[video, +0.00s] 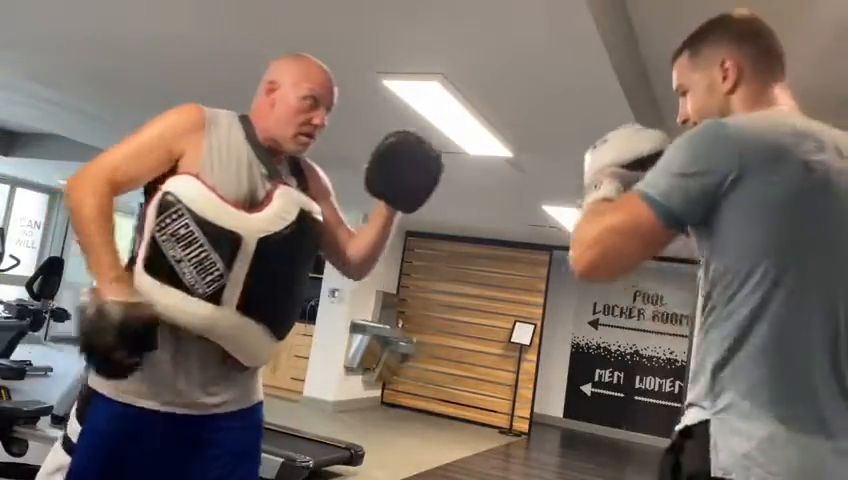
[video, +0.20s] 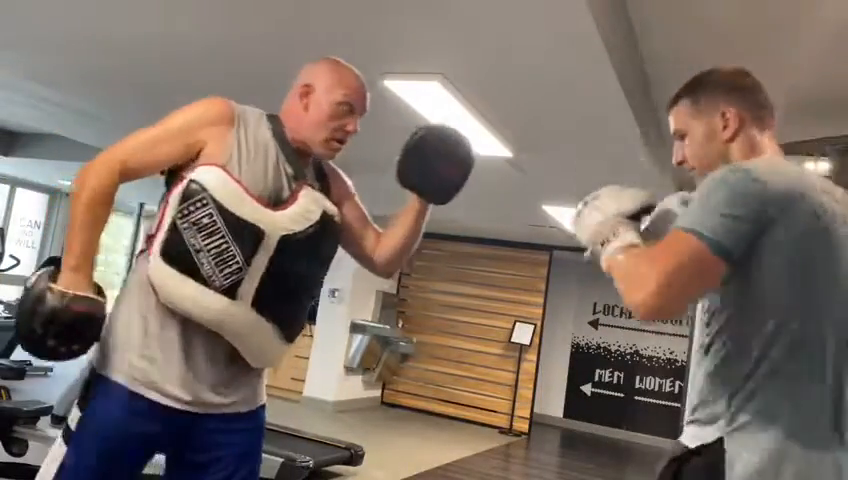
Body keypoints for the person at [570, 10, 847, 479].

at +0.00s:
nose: (682, 116)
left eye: (684, 92)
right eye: (678, 98)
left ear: (727, 72)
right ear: (776, 76)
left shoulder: (725, 142)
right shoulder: (837, 148)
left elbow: (590, 257)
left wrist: (606, 181)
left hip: (746, 445)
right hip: (837, 448)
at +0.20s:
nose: (677, 158)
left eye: (682, 136)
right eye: (675, 141)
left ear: (727, 121)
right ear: (730, 121)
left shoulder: (745, 185)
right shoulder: (833, 198)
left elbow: (651, 291)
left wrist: (612, 236)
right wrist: (685, 227)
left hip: (747, 456)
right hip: (826, 457)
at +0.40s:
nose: (651, 149)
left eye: (658, 130)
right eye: (649, 135)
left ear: (704, 118)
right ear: (707, 118)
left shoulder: (739, 177)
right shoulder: (777, 180)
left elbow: (659, 270)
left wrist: (604, 205)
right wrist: (658, 212)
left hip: (728, 433)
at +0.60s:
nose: (600, 164)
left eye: (608, 146)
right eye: (599, 151)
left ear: (653, 138)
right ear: (654, 139)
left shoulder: (699, 200)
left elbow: (631, 292)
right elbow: (636, 287)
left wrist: (574, 226)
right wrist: (593, 230)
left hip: (680, 439)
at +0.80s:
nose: (536, 180)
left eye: (541, 164)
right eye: (533, 168)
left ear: (582, 154)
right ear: (584, 156)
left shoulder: (629, 210)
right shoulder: (637, 209)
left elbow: (552, 296)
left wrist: (509, 227)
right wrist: (542, 231)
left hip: (620, 425)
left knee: (536, 468)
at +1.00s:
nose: (522, 170)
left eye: (524, 155)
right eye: (517, 159)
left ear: (560, 145)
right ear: (562, 144)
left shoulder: (590, 193)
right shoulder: (610, 196)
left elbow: (507, 252)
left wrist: (488, 185)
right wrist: (521, 192)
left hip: (586, 395)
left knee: (528, 472)